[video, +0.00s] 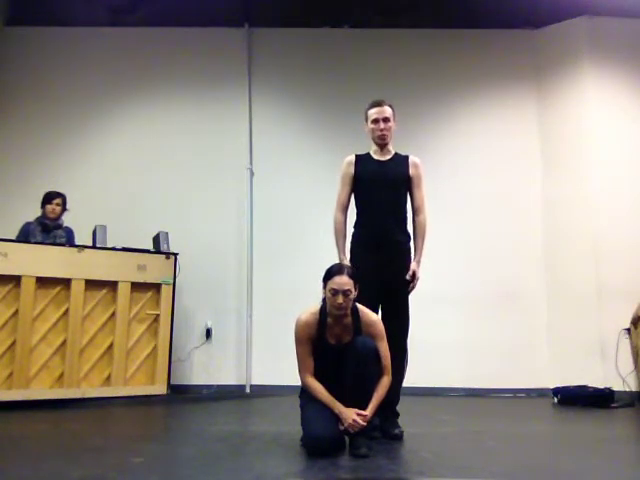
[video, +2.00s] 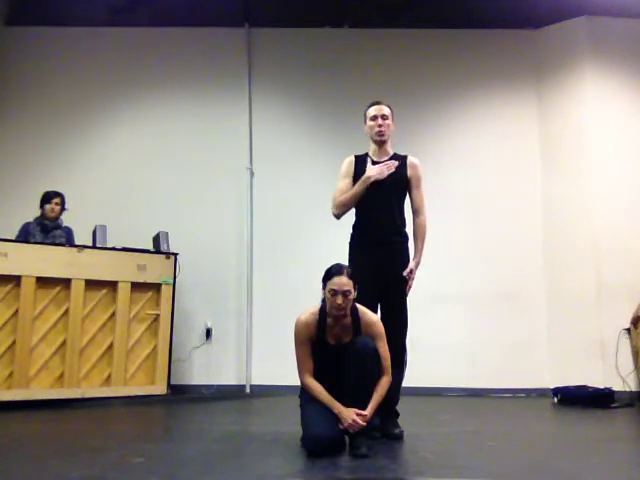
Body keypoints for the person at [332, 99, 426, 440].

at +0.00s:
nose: (381, 126)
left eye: (386, 120)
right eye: (375, 121)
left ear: (394, 124)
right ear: (366, 127)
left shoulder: (411, 166)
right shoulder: (353, 164)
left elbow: (420, 215)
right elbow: (340, 213)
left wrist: (417, 259)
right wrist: (343, 260)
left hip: (397, 259)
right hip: (363, 260)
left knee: (396, 339)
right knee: (359, 339)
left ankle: (389, 416)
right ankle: (359, 417)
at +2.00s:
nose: (380, 122)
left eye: (385, 118)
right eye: (374, 118)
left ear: (393, 125)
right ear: (365, 126)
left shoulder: (409, 166)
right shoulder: (353, 164)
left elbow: (419, 215)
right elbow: (337, 208)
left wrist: (416, 260)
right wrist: (368, 178)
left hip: (394, 257)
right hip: (362, 256)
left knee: (395, 337)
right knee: (359, 336)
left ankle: (388, 415)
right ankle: (359, 416)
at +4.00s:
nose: (381, 126)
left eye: (386, 121)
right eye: (376, 121)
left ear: (394, 126)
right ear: (366, 128)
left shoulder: (409, 167)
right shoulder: (353, 164)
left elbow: (419, 215)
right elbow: (332, 205)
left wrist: (416, 259)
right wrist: (365, 177)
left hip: (394, 257)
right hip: (361, 257)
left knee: (394, 338)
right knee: (359, 336)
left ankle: (388, 415)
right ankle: (358, 416)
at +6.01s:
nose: (383, 127)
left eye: (388, 121)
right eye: (377, 122)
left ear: (395, 125)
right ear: (367, 127)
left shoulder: (410, 166)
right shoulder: (353, 163)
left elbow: (419, 215)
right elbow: (333, 206)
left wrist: (416, 260)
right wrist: (365, 177)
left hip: (394, 258)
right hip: (361, 257)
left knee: (394, 337)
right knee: (359, 336)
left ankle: (388, 415)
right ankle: (359, 416)